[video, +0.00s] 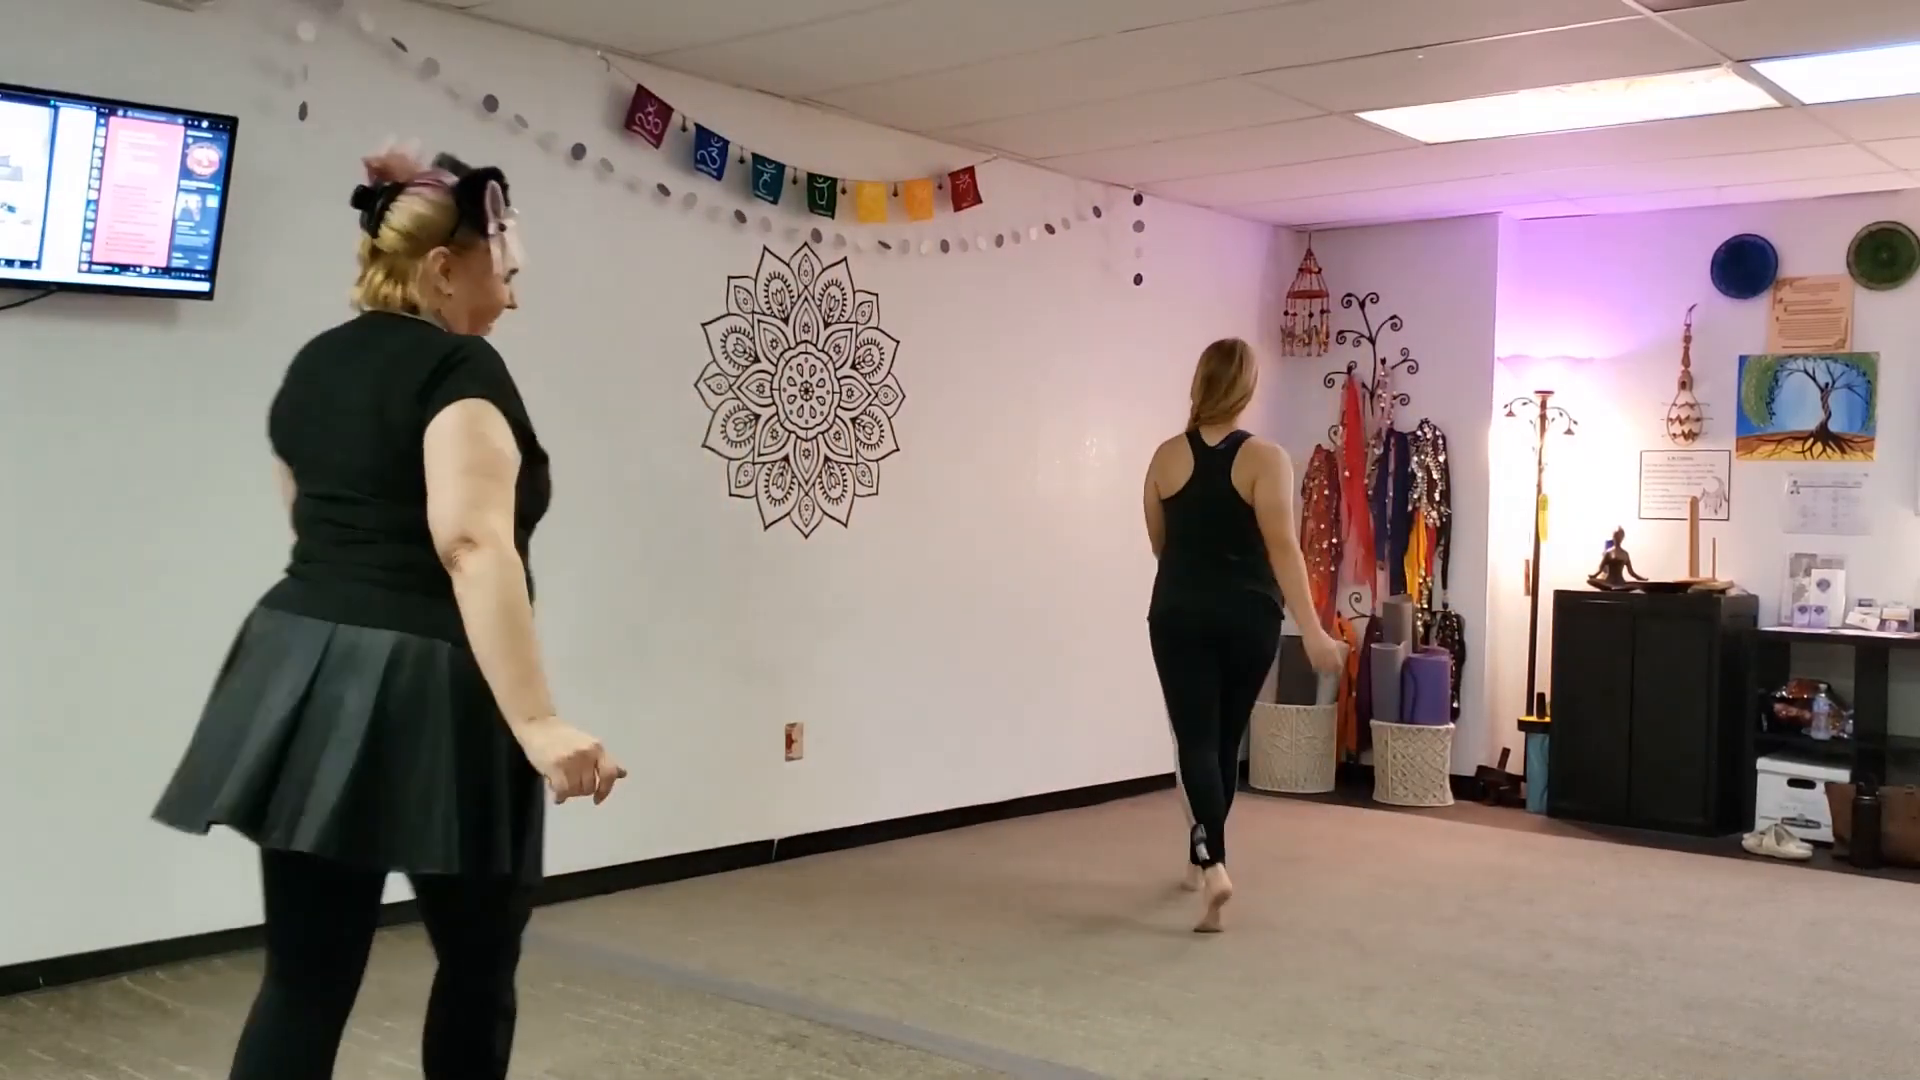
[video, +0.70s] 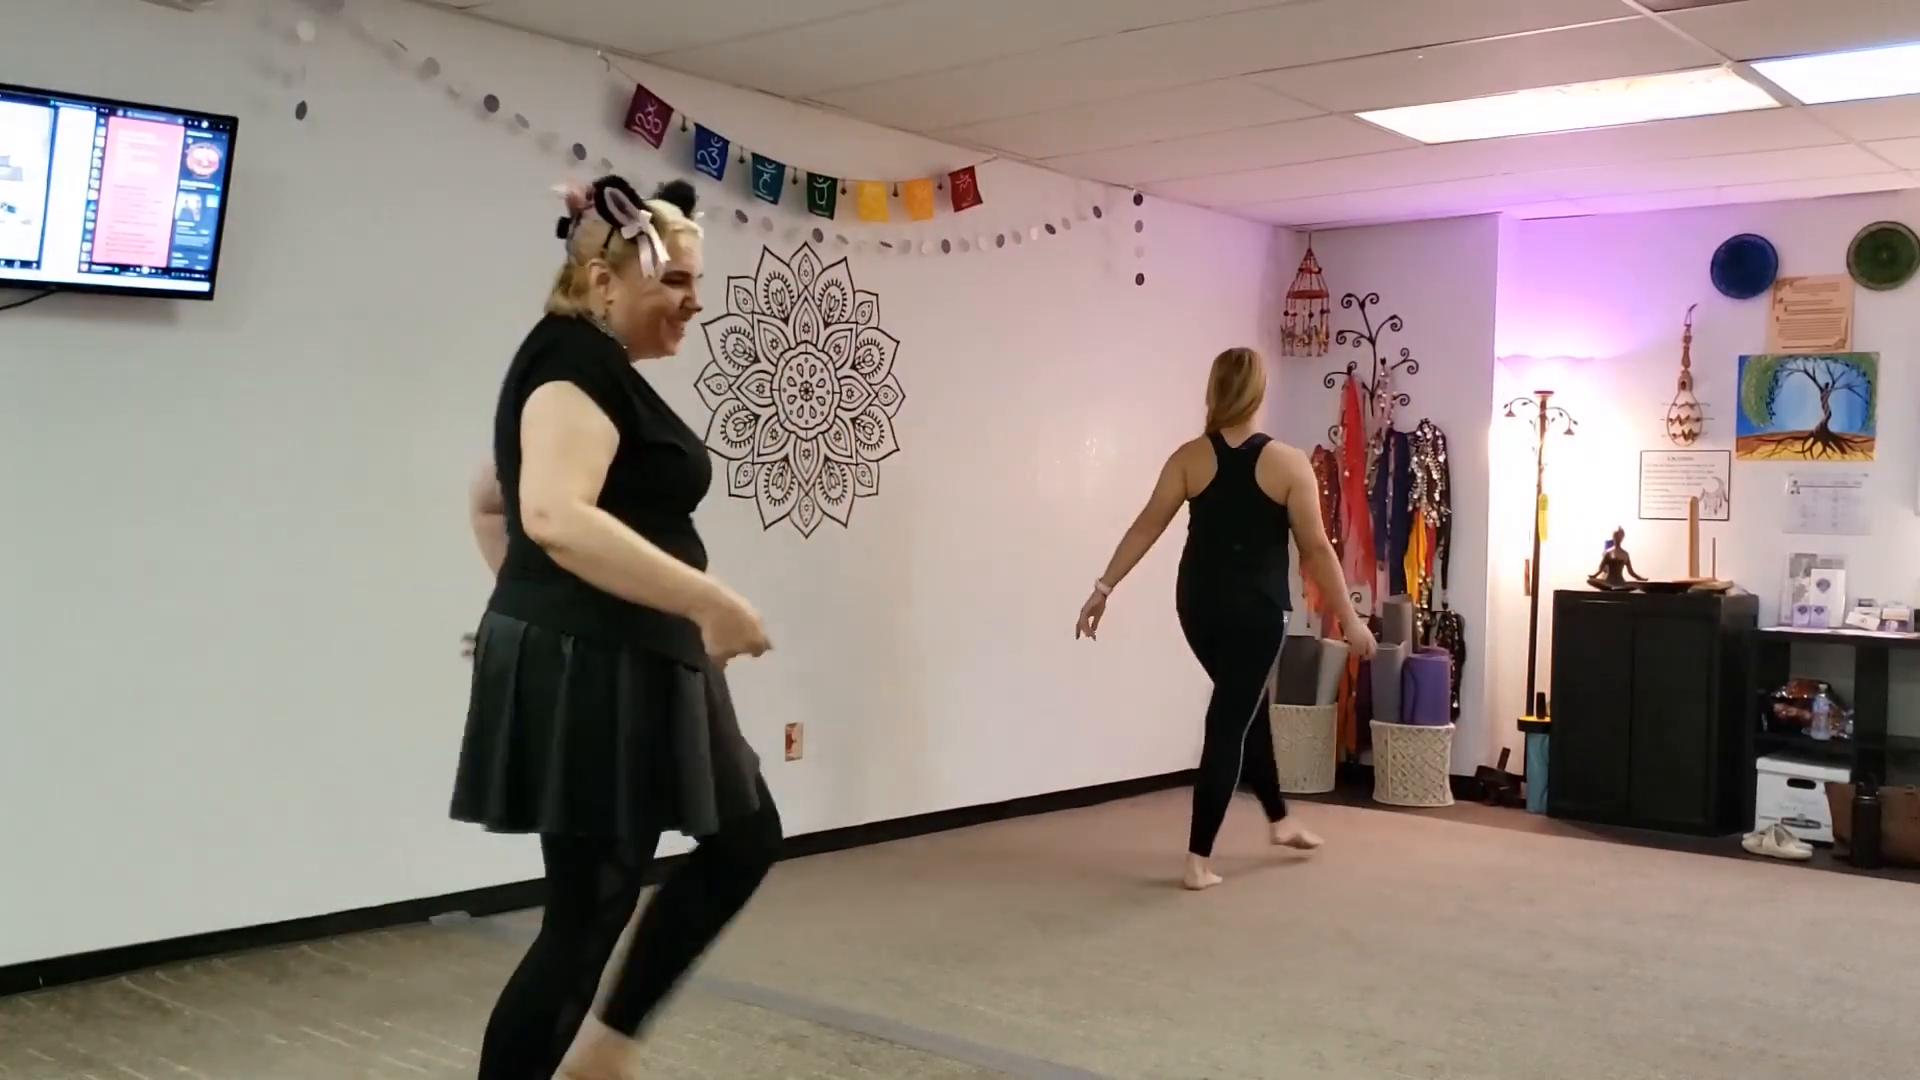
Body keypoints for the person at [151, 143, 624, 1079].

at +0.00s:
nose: (510, 291)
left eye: (511, 270)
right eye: (502, 269)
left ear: (413, 265)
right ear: (441, 268)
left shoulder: (317, 362)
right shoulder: (460, 367)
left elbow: (308, 519)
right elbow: (473, 543)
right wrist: (539, 722)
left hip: (307, 678)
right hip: (440, 694)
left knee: (305, 977)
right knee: (478, 967)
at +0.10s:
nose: (536, 283)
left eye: (536, 261)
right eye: (528, 260)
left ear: (439, 260)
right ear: (468, 263)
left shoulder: (358, 358)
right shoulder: (477, 370)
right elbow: (480, 539)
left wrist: (438, 205)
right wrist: (541, 720)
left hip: (350, 670)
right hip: (476, 688)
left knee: (341, 957)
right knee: (503, 955)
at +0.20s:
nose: (562, 289)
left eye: (561, 267)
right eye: (552, 266)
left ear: (473, 263)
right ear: (494, 266)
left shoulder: (396, 356)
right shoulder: (496, 374)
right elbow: (488, 540)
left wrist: (468, 199)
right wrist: (535, 716)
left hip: (396, 662)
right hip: (508, 675)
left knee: (375, 938)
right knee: (516, 953)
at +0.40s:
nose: (615, 308)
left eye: (616, 289)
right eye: (607, 287)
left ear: (530, 280)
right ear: (547, 284)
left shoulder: (461, 362)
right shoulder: (527, 384)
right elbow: (520, 551)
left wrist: (530, 221)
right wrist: (586, 707)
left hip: (469, 648)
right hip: (546, 661)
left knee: (515, 880)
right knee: (559, 918)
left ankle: (366, 992)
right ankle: (497, 1077)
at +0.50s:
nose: (648, 318)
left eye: (650, 299)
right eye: (636, 296)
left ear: (566, 292)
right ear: (569, 290)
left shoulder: (507, 369)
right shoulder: (534, 384)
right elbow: (528, 550)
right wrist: (650, 675)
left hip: (504, 645)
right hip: (545, 661)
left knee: (615, 854)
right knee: (584, 889)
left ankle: (432, 921)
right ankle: (504, 1068)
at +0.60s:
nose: (671, 310)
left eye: (673, 291)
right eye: (655, 287)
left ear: (584, 286)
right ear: (584, 283)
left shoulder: (533, 364)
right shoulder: (555, 370)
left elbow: (482, 539)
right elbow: (540, 533)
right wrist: (686, 627)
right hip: (567, 659)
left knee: (696, 840)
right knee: (576, 914)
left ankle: (501, 953)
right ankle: (507, 1073)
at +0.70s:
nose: (693, 303)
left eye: (697, 284)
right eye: (677, 279)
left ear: (610, 281)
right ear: (608, 277)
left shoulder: (579, 362)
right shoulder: (575, 360)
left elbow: (490, 504)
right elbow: (558, 514)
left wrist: (540, 617)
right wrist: (713, 600)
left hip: (647, 656)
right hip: (592, 663)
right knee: (590, 913)